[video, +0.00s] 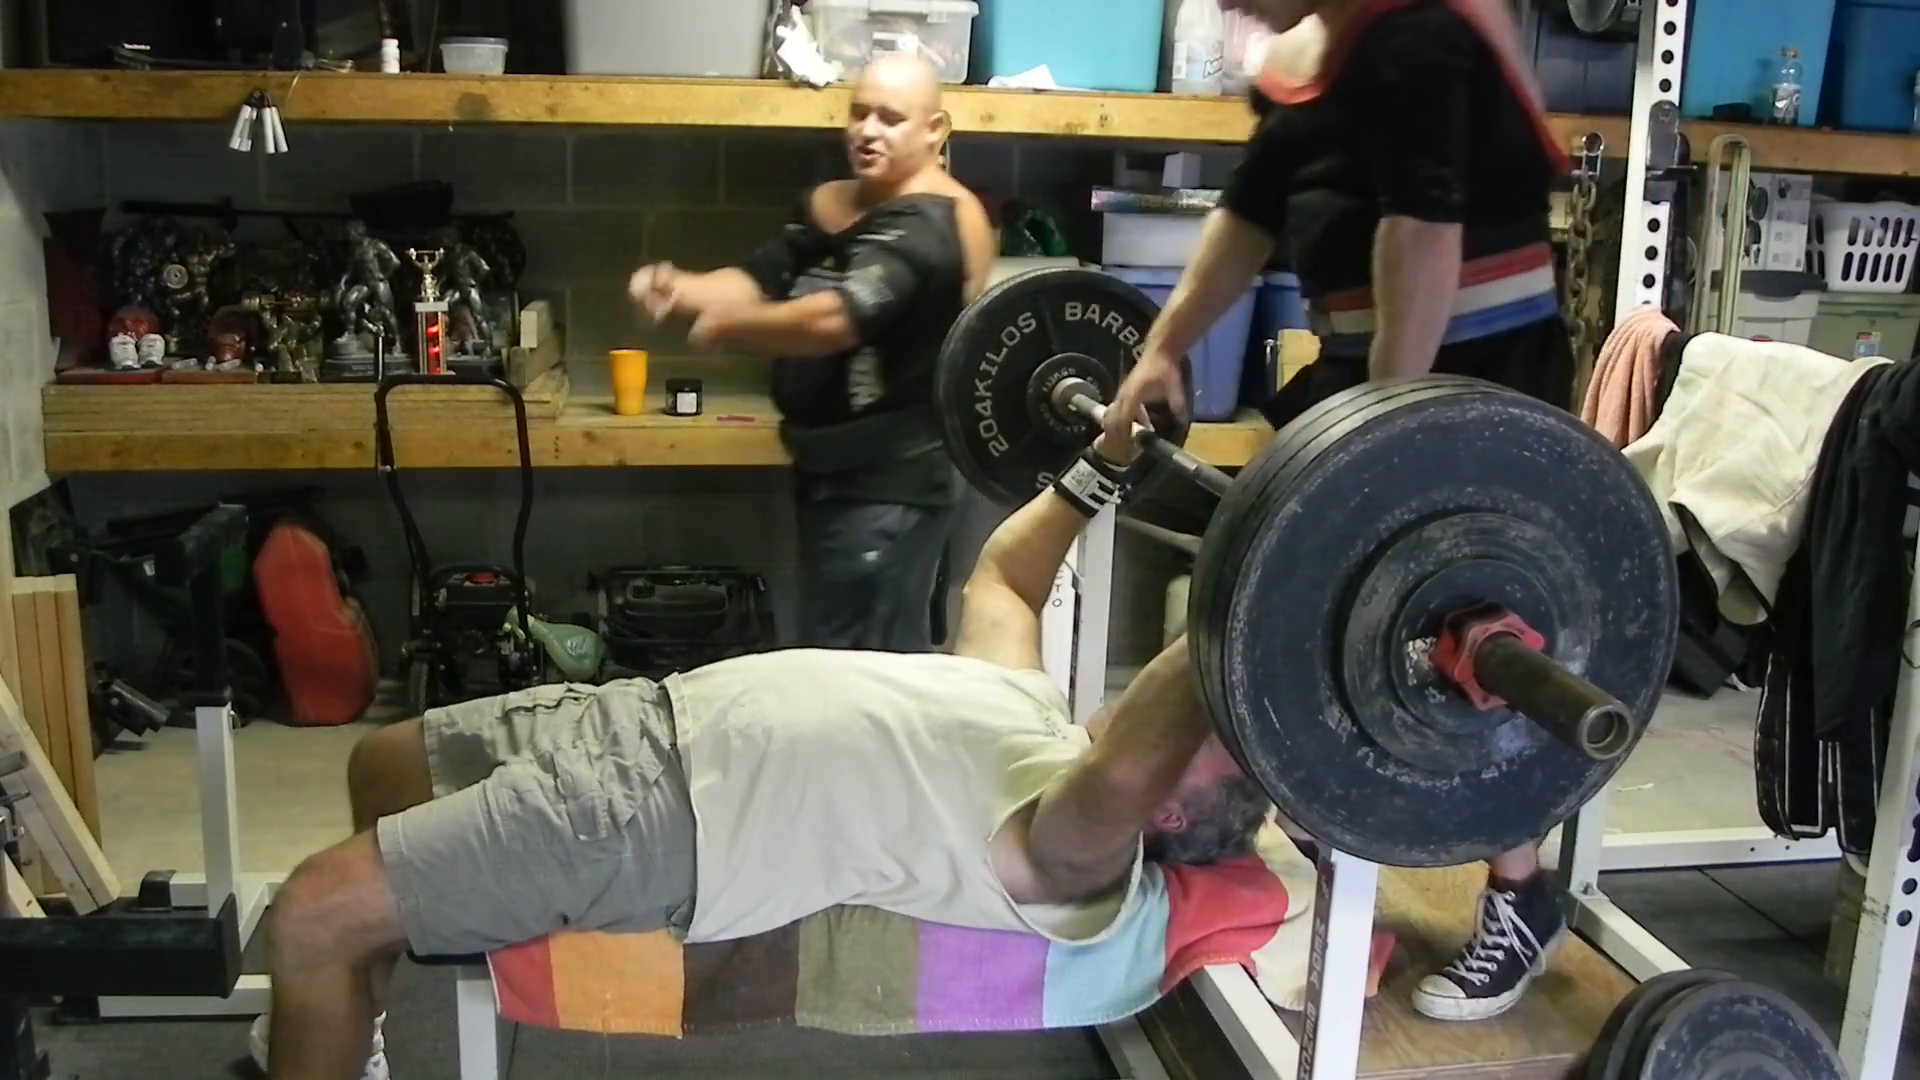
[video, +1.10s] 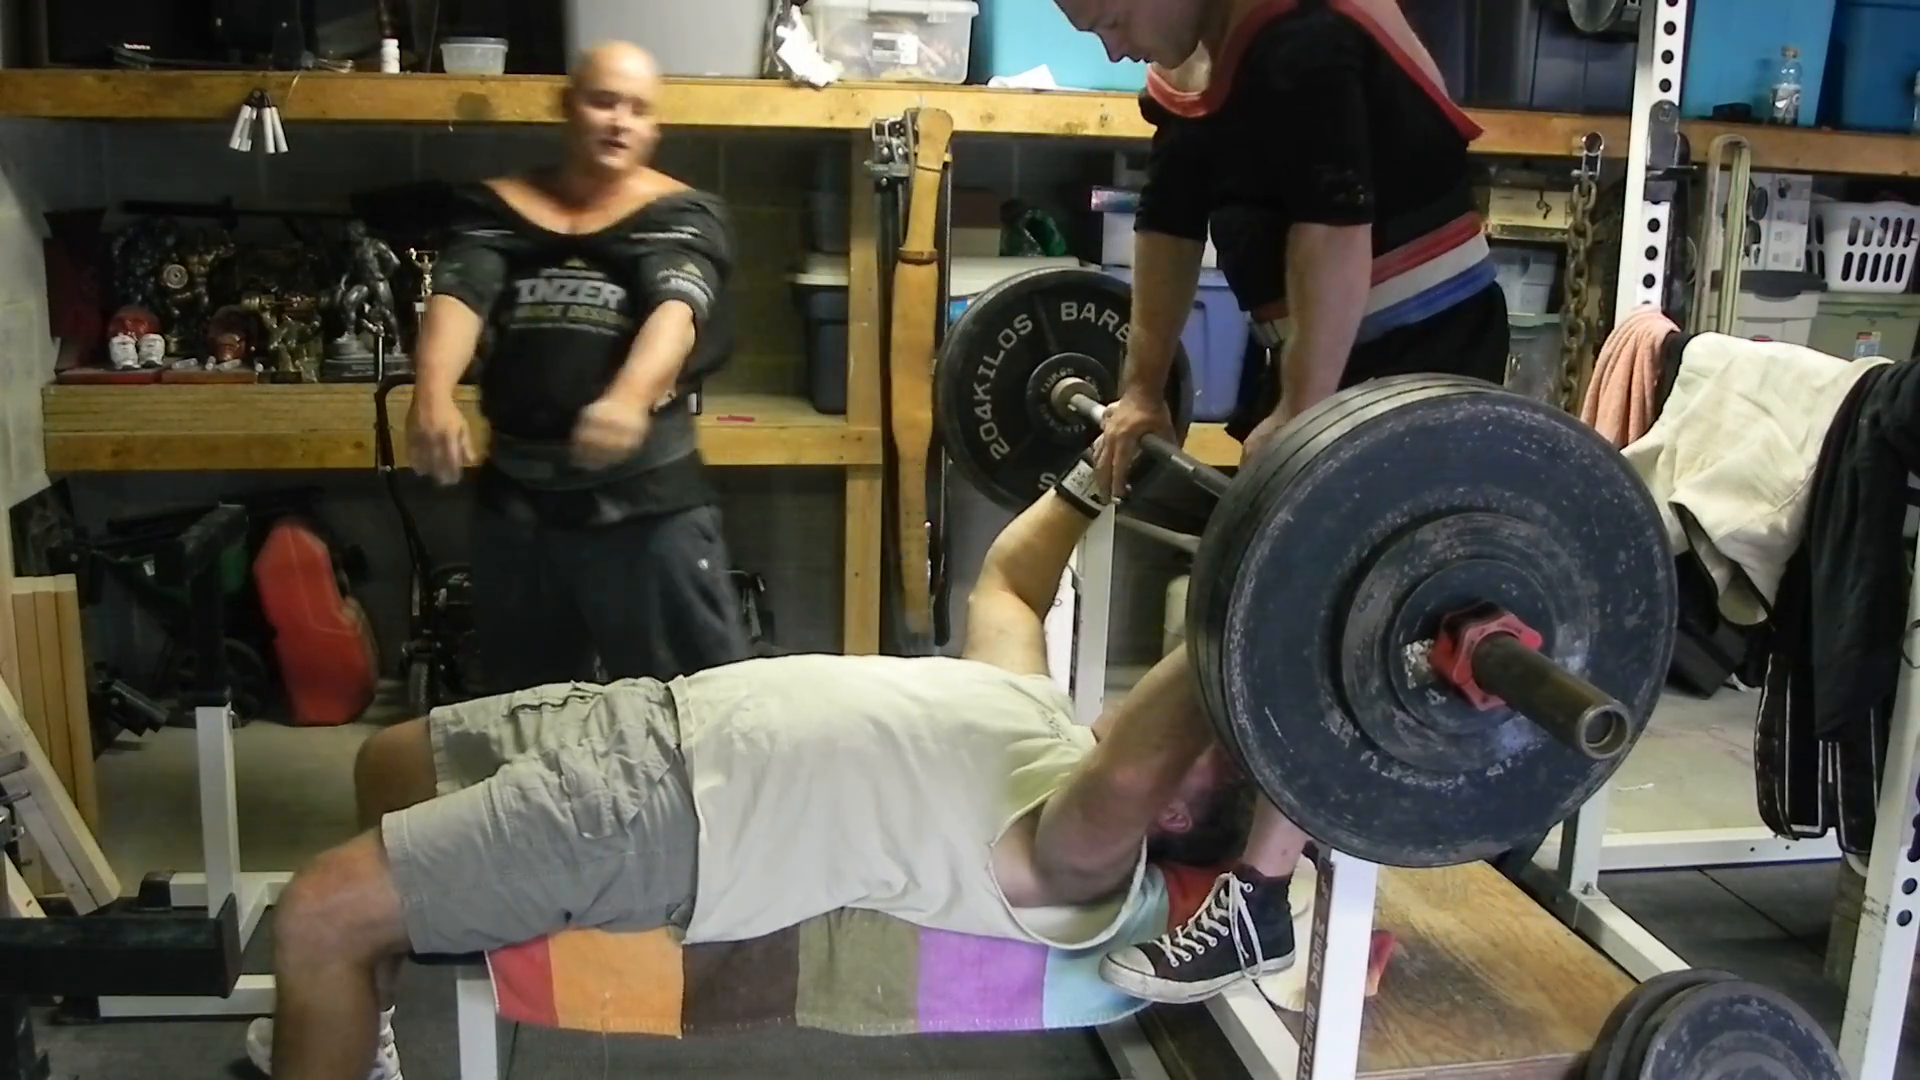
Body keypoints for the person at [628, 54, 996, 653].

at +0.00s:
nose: (867, 131)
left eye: (890, 117)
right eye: (860, 114)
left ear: (936, 131)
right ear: (848, 118)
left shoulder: (925, 221)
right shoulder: (842, 205)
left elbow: (837, 321)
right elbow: (763, 278)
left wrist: (730, 322)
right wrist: (683, 288)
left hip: (887, 486)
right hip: (836, 477)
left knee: (852, 678)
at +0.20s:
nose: (817, 131)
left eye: (841, 119)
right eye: (811, 112)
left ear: (887, 132)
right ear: (799, 115)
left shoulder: (853, 232)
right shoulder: (797, 207)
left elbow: (759, 347)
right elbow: (714, 291)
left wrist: (665, 404)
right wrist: (637, 373)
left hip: (823, 493)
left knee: (792, 690)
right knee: (838, 680)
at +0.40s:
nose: (770, 115)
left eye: (795, 103)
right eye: (766, 98)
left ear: (846, 120)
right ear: (754, 100)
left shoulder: (798, 217)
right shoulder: (758, 195)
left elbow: (699, 328)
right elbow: (663, 287)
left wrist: (593, 399)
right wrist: (567, 367)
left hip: (778, 490)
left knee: (751, 703)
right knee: (800, 694)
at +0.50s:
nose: (753, 112)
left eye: (778, 100)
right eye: (749, 95)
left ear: (829, 118)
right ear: (737, 99)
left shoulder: (782, 213)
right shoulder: (743, 196)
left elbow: (678, 320)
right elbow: (641, 284)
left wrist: (562, 387)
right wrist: (540, 360)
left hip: (762, 494)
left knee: (748, 710)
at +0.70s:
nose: (730, 109)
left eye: (755, 98)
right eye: (723, 92)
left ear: (800, 116)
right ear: (707, 100)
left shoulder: (765, 210)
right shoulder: (691, 197)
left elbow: (658, 324)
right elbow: (597, 283)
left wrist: (542, 385)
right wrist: (507, 356)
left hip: (732, 496)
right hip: (659, 485)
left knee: (734, 714)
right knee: (637, 700)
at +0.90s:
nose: (693, 116)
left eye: (714, 104)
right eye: (679, 98)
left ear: (744, 122)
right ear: (654, 106)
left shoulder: (746, 212)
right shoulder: (600, 200)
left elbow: (671, 321)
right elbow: (529, 290)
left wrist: (549, 393)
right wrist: (452, 376)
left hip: (704, 509)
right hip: (587, 504)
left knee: (720, 726)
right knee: (568, 719)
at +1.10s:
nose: (621, 120)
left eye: (639, 107)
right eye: (604, 101)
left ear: (655, 123)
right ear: (568, 105)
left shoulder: (681, 212)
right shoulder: (500, 203)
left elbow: (678, 309)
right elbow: (459, 295)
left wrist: (629, 398)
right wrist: (434, 395)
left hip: (649, 507)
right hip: (519, 508)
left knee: (699, 713)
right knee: (521, 721)